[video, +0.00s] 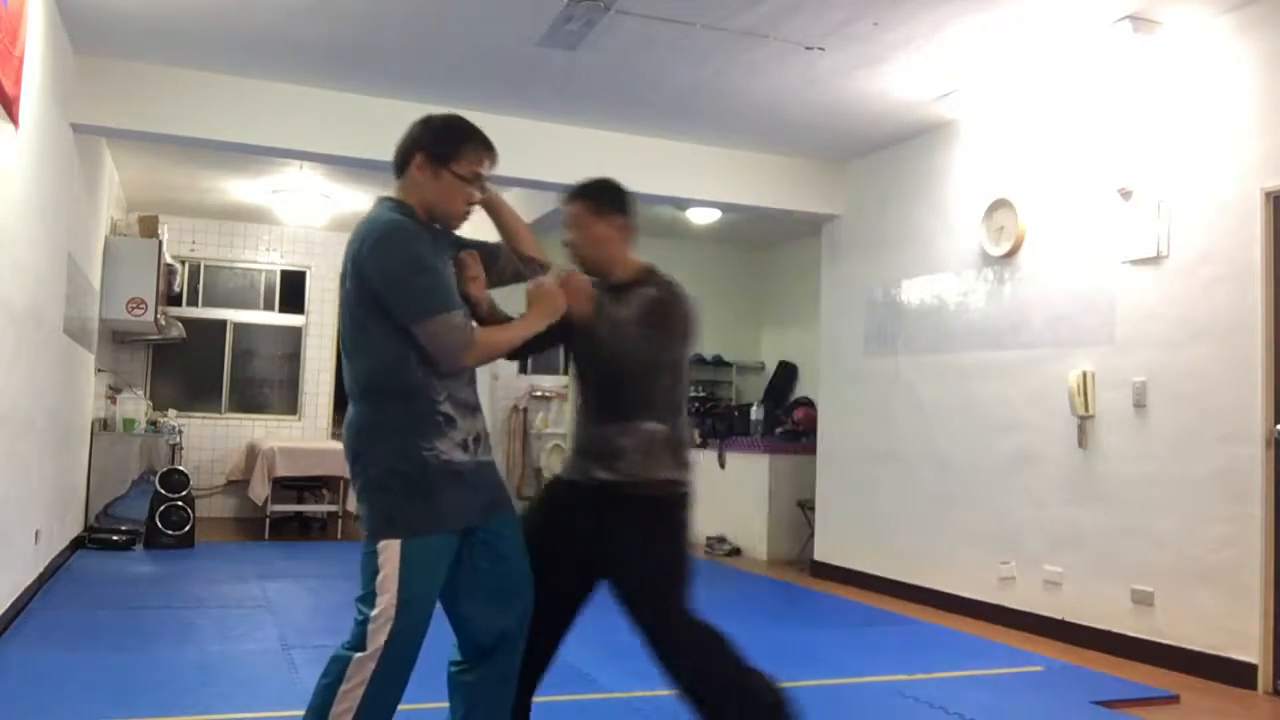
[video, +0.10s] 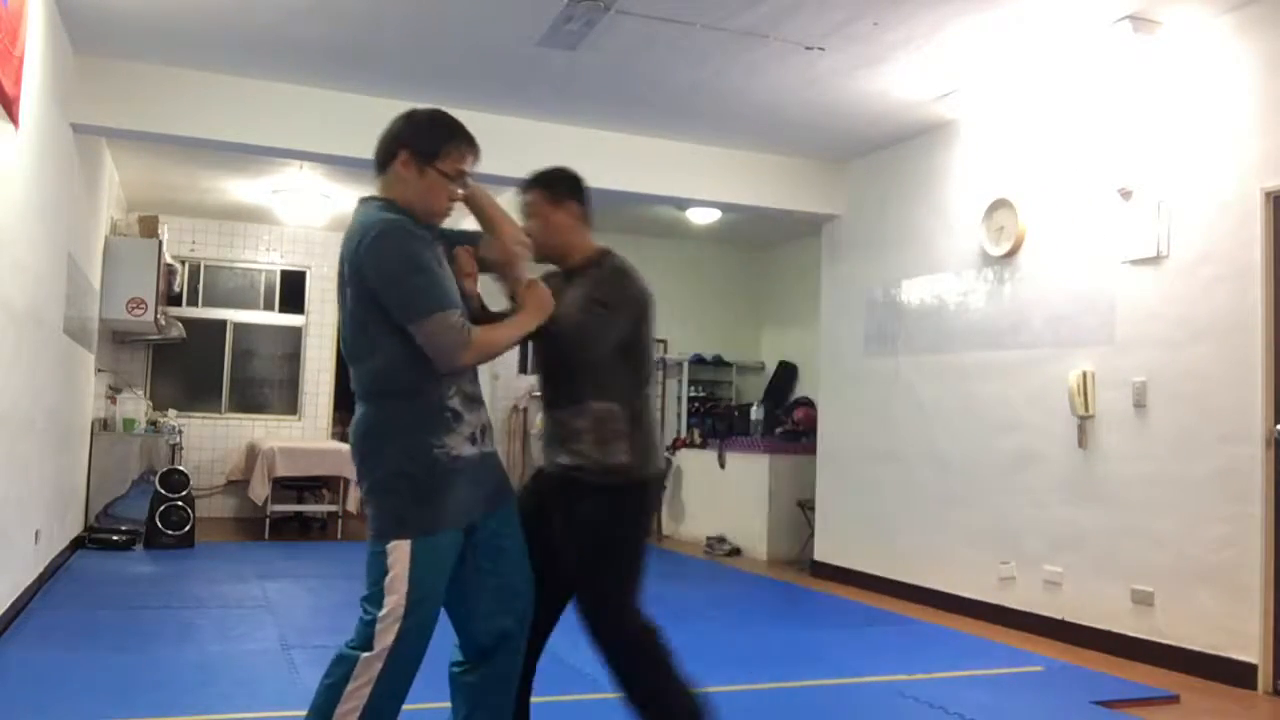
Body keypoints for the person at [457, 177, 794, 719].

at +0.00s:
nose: (571, 243)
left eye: (579, 229)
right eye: (568, 231)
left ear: (617, 226)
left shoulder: (665, 300)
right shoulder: (589, 296)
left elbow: (638, 368)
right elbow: (526, 345)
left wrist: (587, 312)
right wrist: (484, 305)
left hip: (648, 495)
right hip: (583, 488)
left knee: (664, 624)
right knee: (521, 626)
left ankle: (758, 710)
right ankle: (499, 709)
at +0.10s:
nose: (526, 229)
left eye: (534, 215)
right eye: (525, 216)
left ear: (570, 213)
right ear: (566, 217)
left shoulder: (616, 281)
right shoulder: (556, 287)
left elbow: (578, 346)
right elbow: (518, 339)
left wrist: (518, 281)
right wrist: (470, 291)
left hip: (617, 484)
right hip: (560, 478)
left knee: (612, 619)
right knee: (515, 625)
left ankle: (680, 713)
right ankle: (502, 709)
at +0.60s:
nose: (470, 212)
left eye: (479, 196)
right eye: (468, 200)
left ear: (522, 191)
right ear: (510, 197)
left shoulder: (549, 248)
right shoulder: (514, 258)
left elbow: (508, 305)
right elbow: (476, 303)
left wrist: (431, 243)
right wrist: (423, 240)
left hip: (563, 462)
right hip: (520, 462)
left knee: (572, 619)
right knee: (522, 619)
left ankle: (597, 713)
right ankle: (532, 709)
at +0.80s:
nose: (475, 209)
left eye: (484, 195)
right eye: (472, 199)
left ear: (525, 191)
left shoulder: (555, 248)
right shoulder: (520, 260)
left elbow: (481, 297)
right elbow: (459, 303)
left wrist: (409, 233)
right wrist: (396, 234)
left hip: (569, 463)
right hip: (520, 463)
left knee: (568, 615)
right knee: (506, 611)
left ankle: (594, 713)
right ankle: (512, 709)